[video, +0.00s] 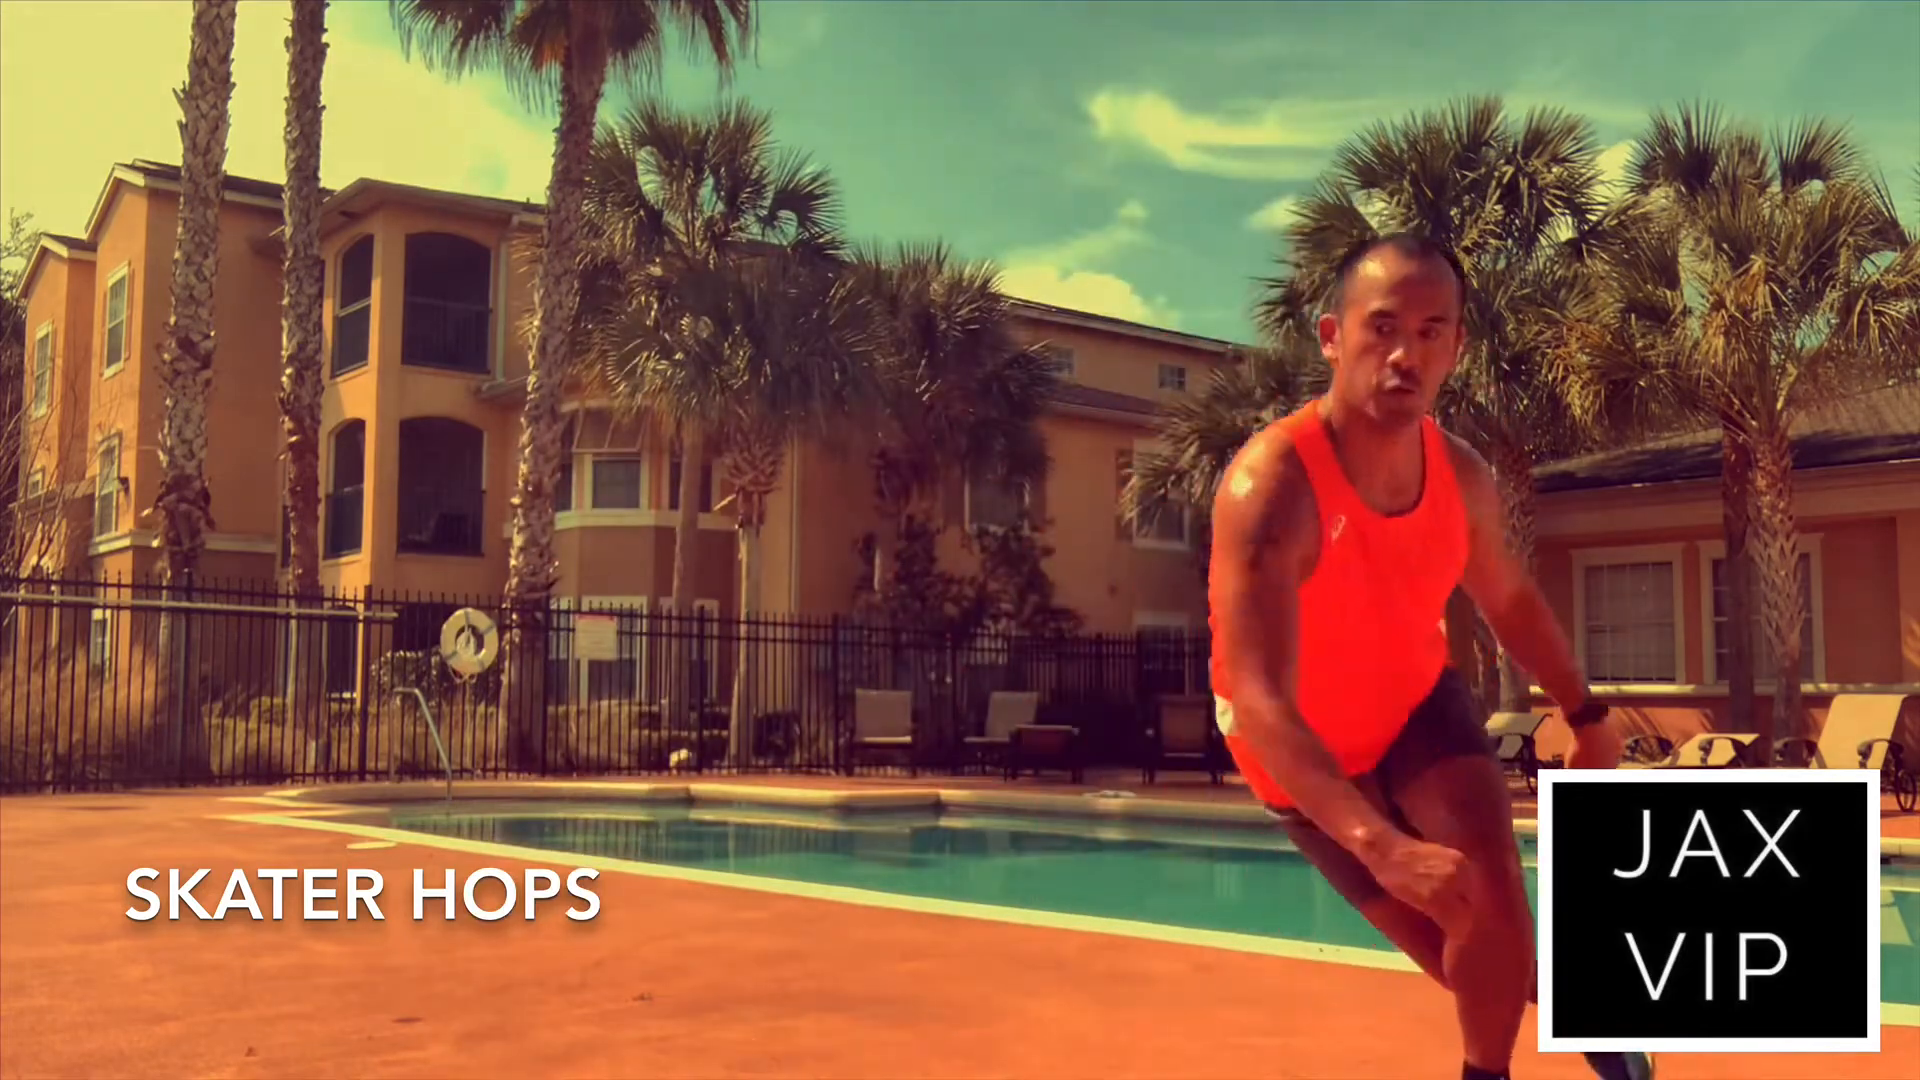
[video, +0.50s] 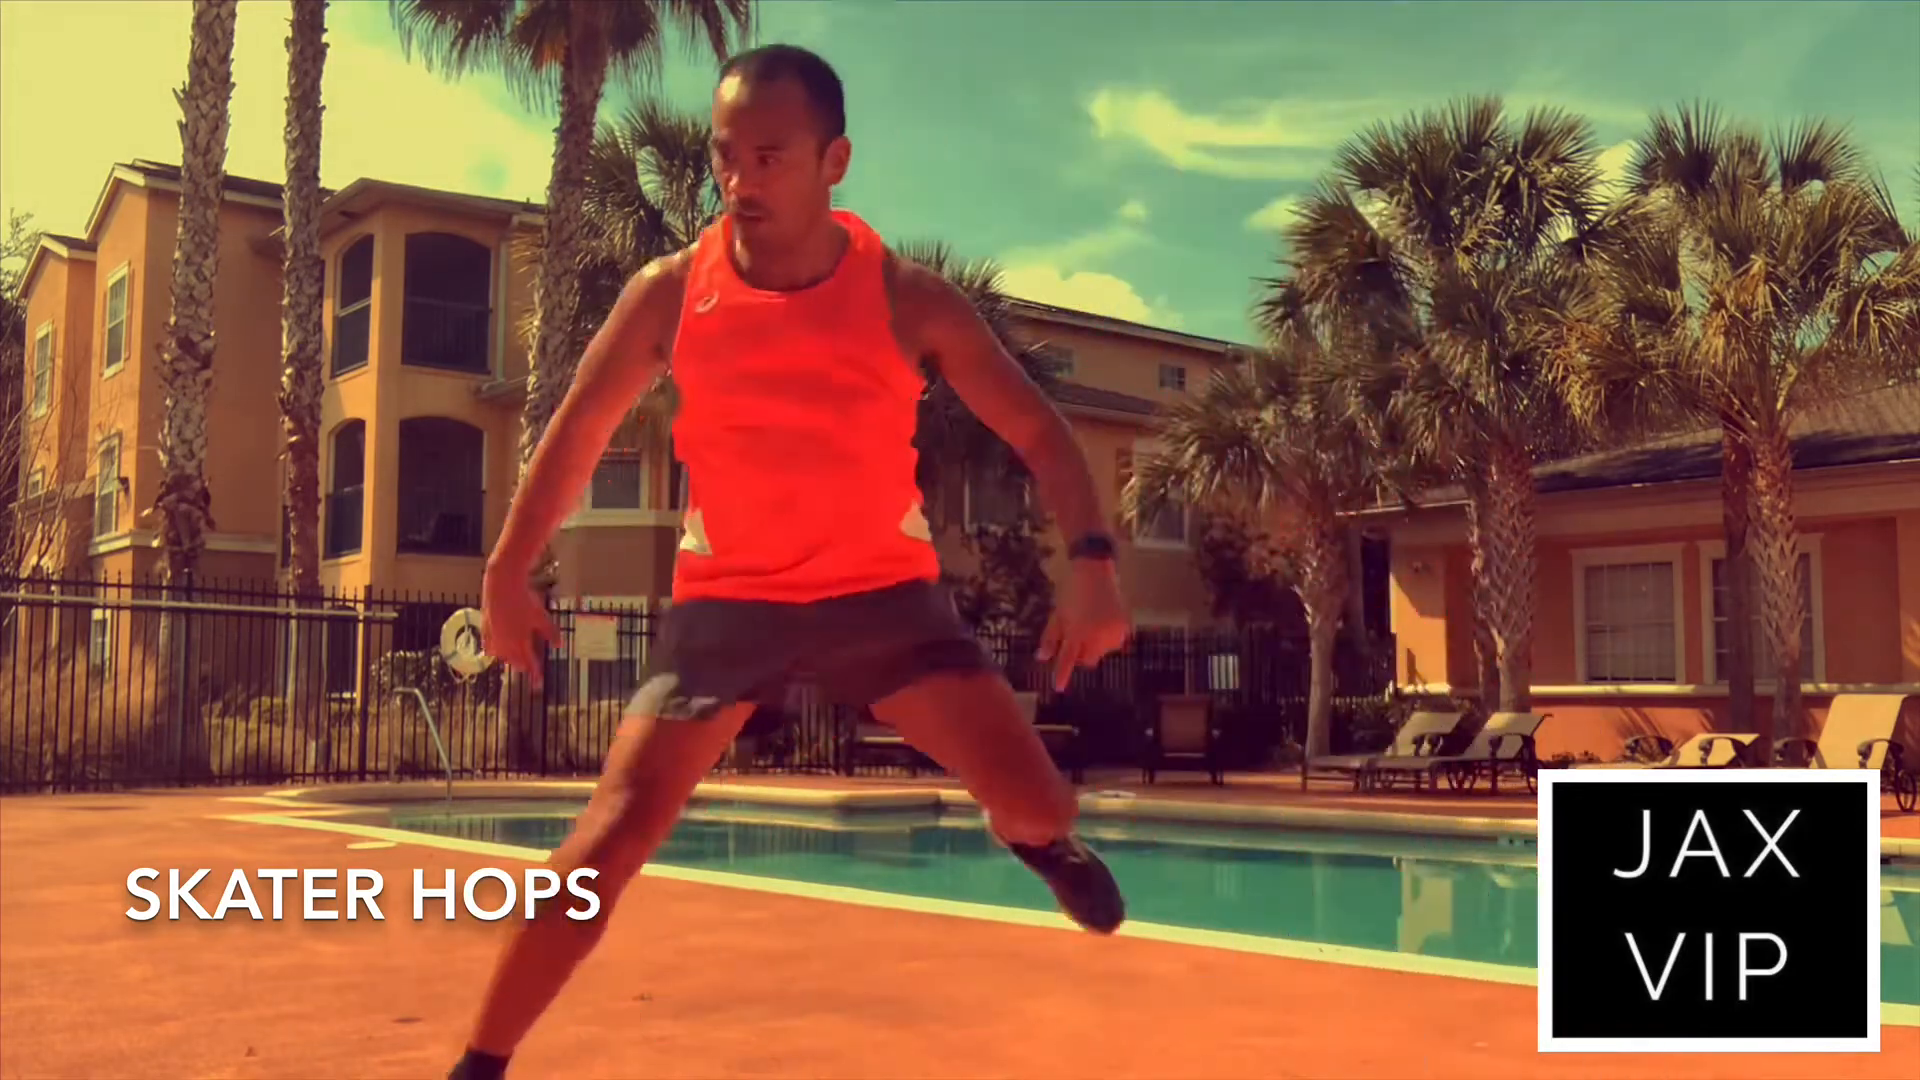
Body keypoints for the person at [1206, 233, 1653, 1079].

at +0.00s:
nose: (1406, 356)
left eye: (1430, 332)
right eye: (1381, 327)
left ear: (1457, 351)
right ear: (1331, 337)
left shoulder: (1461, 481)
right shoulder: (1268, 483)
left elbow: (1512, 603)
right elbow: (1255, 701)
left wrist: (1585, 712)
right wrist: (1378, 846)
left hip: (1415, 704)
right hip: (1300, 752)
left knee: (1491, 903)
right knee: (1452, 960)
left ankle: (1487, 1073)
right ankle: (1593, 1013)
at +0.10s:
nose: (1317, 287)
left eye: (1343, 265)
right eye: (1295, 264)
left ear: (1379, 287)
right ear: (1259, 284)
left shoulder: (1419, 438)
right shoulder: (1192, 429)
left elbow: (1493, 589)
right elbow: (1092, 606)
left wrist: (1567, 720)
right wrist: (1112, 758)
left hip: (1373, 676)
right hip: (1240, 720)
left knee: (1457, 866)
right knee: (1324, 970)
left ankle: (1483, 1071)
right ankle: (1380, 926)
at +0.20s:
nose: (1181, 236)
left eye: (1208, 213)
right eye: (1161, 214)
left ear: (1253, 230)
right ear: (1134, 231)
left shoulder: (1317, 354)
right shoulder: (1080, 362)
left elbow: (1448, 459)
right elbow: (901, 450)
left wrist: (1447, 551)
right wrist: (840, 592)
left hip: (1312, 655)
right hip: (1154, 663)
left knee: (1427, 863)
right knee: (1080, 867)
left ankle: (1483, 1069)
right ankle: (1135, 908)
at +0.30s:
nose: (1030, 174)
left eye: (1057, 152)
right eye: (1012, 149)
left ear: (1107, 155)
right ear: (988, 146)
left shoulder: (1174, 265)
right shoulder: (943, 268)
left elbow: (1312, 319)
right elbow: (775, 355)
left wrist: (1329, 431)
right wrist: (678, 494)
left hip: (1191, 603)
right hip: (1022, 595)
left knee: (1330, 813)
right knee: (856, 743)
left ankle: (1476, 1046)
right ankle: (857, 929)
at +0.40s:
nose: (875, 148)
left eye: (902, 124)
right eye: (861, 122)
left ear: (968, 122)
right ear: (845, 118)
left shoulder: (1041, 249)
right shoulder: (811, 249)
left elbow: (1194, 348)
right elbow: (680, 368)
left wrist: (1243, 459)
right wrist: (590, 510)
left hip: (1039, 572)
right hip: (868, 574)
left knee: (1189, 766)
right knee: (718, 763)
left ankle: (1319, 949)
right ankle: (601, 983)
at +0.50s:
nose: (739, 182)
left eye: (767, 156)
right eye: (726, 156)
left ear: (834, 159)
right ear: (710, 155)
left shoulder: (908, 296)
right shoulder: (669, 294)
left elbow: (1036, 432)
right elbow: (576, 434)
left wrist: (1091, 558)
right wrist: (504, 572)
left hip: (885, 599)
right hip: (726, 606)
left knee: (1042, 808)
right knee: (613, 834)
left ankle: (1040, 844)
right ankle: (480, 1063)